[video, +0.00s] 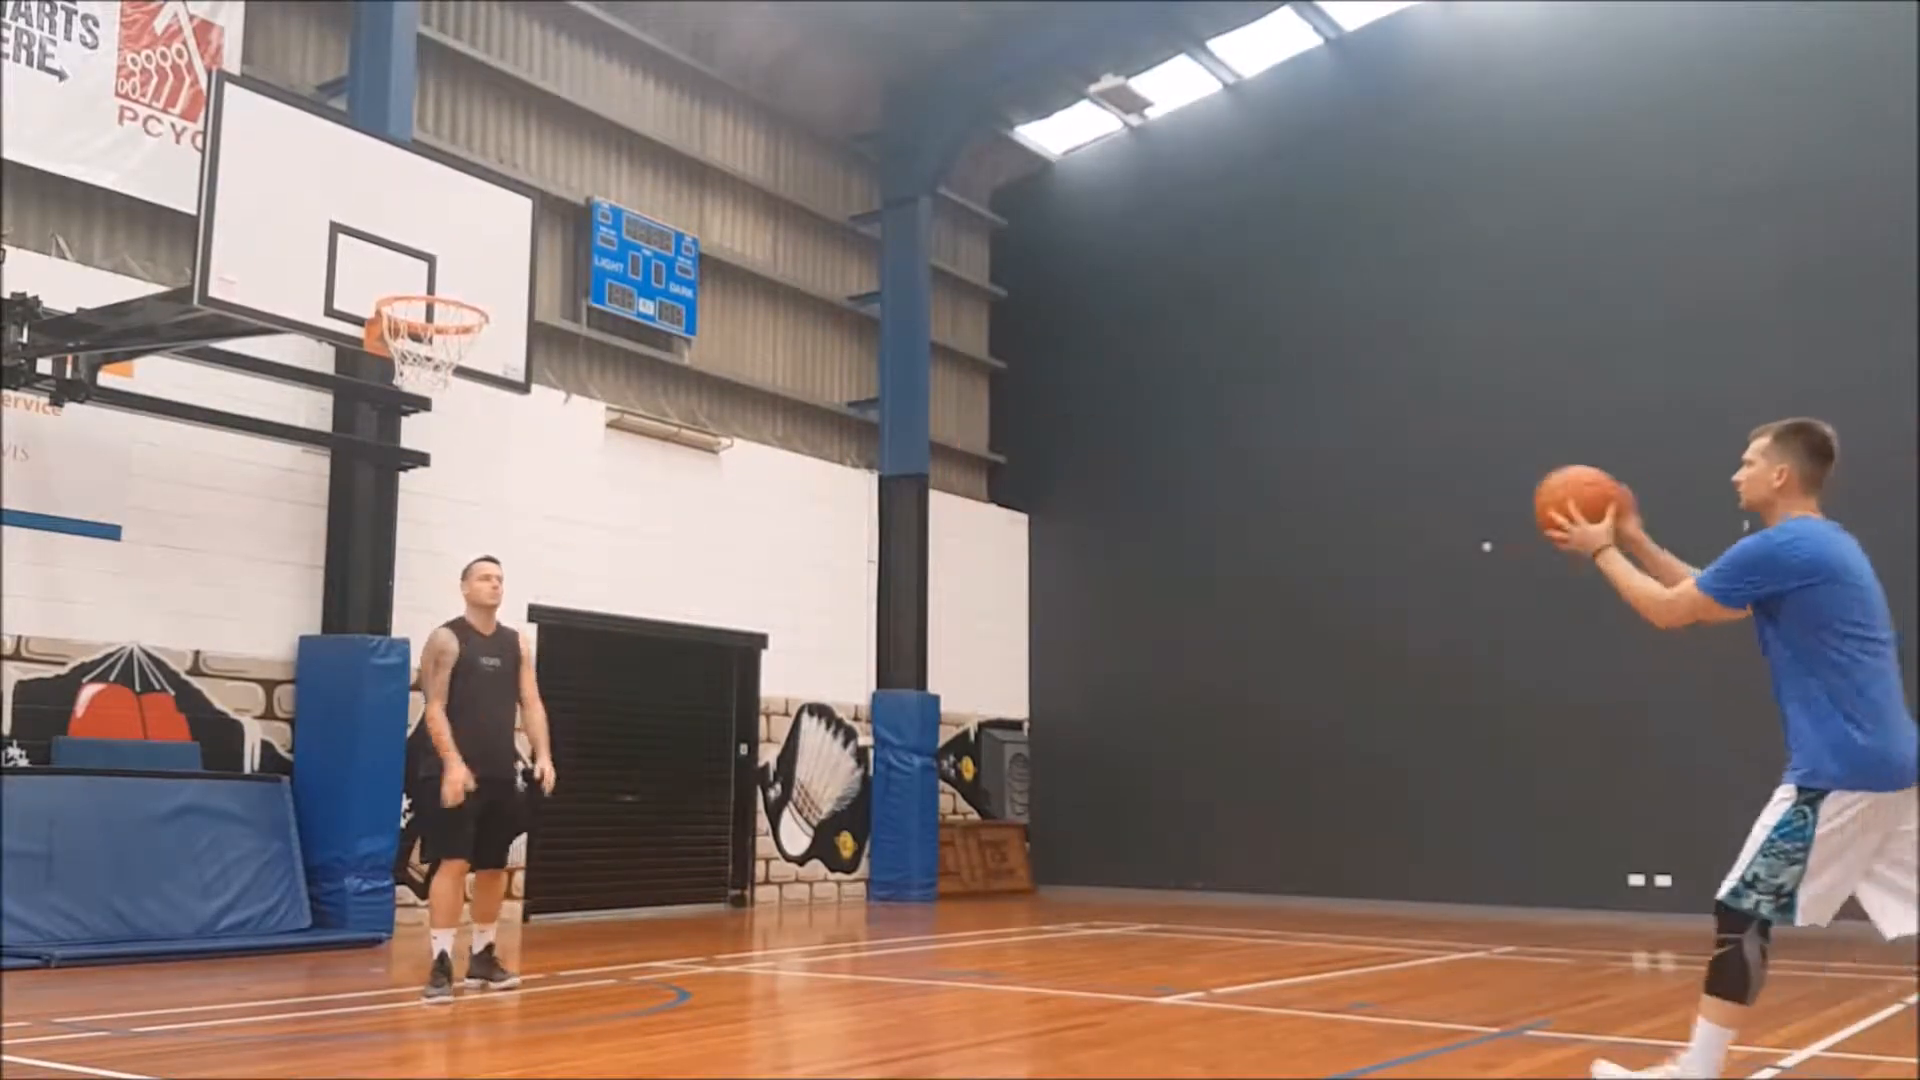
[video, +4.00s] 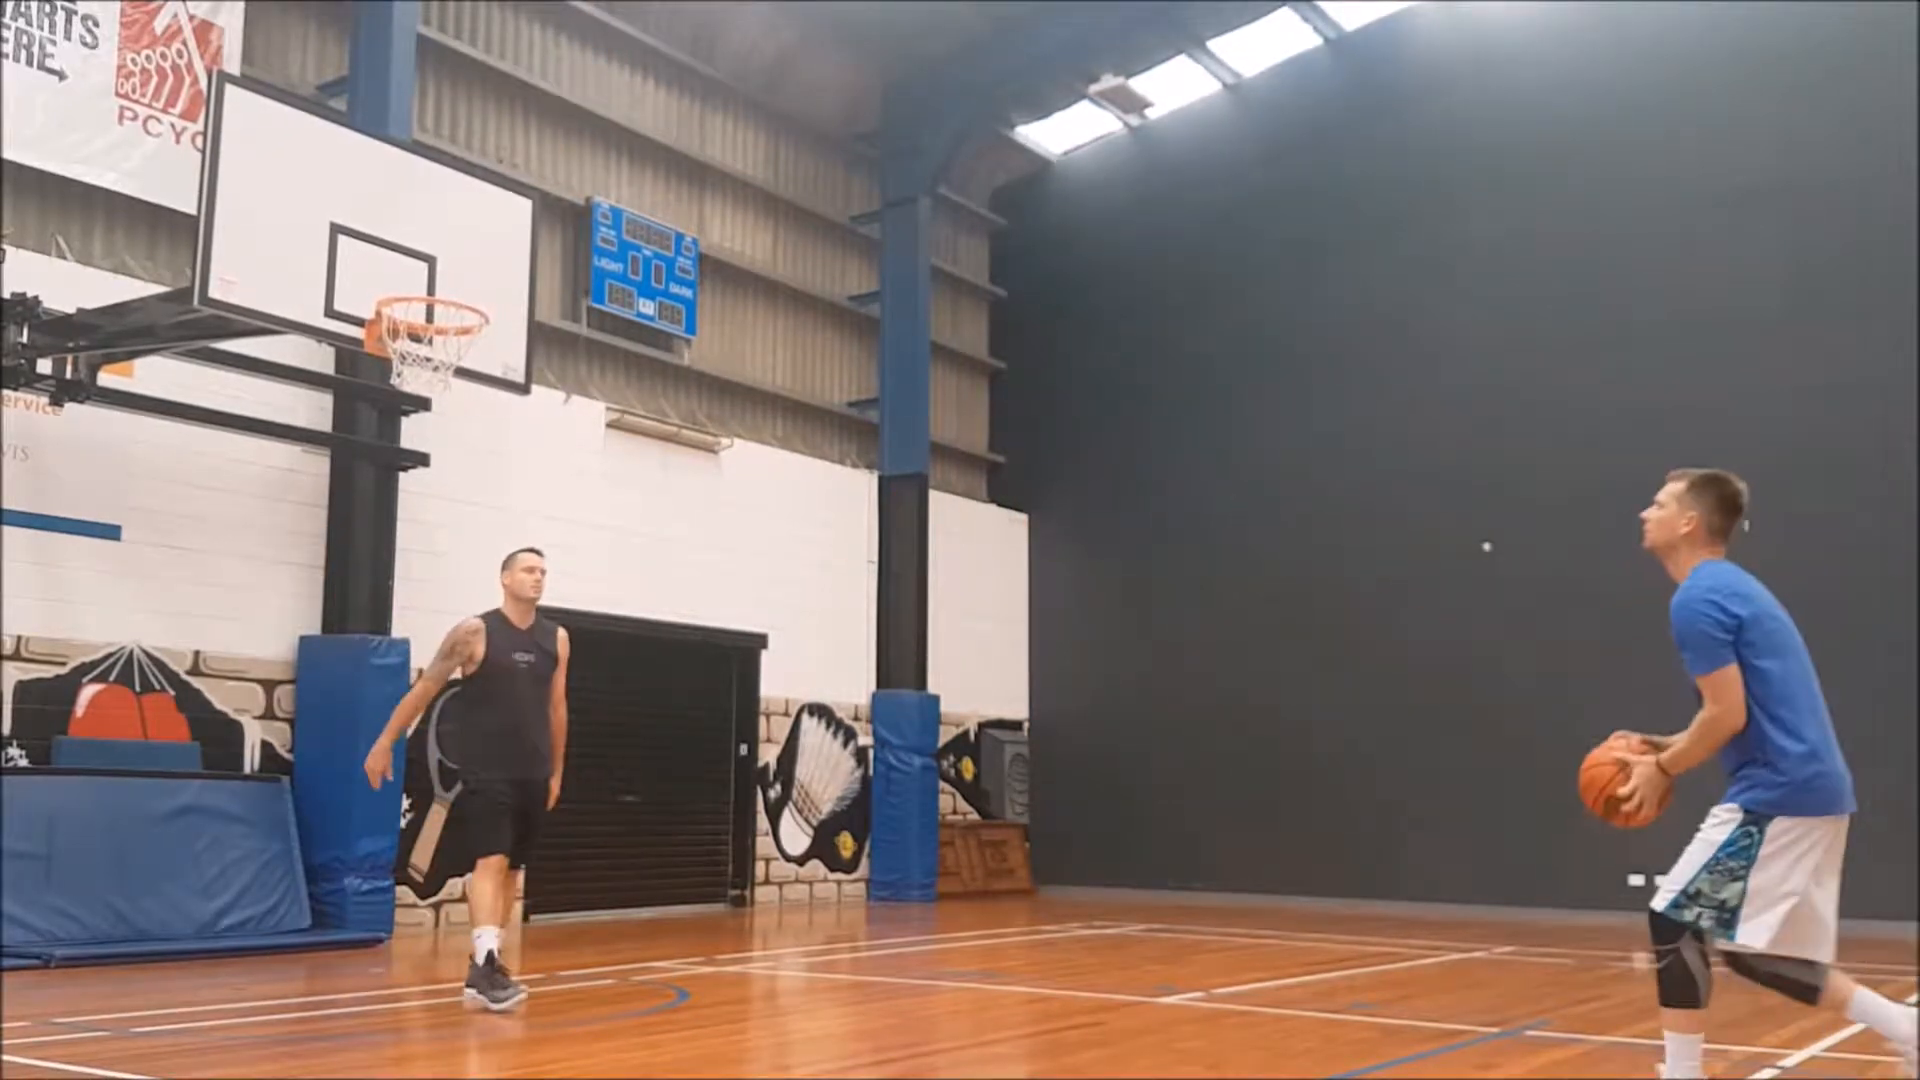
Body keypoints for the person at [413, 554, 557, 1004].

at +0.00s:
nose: (494, 585)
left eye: (499, 579)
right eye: (485, 578)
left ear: (504, 590)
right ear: (464, 588)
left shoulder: (516, 643)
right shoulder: (445, 640)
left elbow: (531, 704)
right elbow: (434, 710)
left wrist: (543, 755)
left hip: (500, 769)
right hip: (451, 768)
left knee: (494, 863)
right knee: (454, 861)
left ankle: (484, 956)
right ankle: (442, 963)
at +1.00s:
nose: (450, 599)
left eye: (456, 594)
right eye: (443, 593)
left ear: (462, 604)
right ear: (426, 601)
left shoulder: (481, 653)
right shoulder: (398, 653)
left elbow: (492, 710)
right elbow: (377, 714)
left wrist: (486, 740)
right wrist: (403, 743)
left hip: (459, 773)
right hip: (409, 773)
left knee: (460, 860)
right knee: (411, 862)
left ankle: (471, 950)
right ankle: (413, 950)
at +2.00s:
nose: (447, 591)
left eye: (455, 589)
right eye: (440, 590)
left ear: (467, 608)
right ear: (429, 609)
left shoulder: (490, 653)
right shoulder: (409, 658)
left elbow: (515, 706)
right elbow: (390, 710)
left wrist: (519, 732)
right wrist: (382, 736)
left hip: (472, 778)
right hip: (418, 777)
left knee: (473, 861)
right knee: (415, 866)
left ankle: (463, 956)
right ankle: (413, 952)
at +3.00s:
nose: (508, 625)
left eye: (516, 616)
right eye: (500, 617)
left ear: (531, 621)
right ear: (489, 623)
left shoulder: (556, 666)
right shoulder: (472, 672)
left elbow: (549, 730)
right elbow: (455, 722)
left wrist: (491, 728)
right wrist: (425, 716)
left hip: (543, 788)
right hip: (493, 784)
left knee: (541, 896)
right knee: (520, 856)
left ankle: (500, 930)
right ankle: (508, 972)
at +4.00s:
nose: (538, 578)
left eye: (542, 573)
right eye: (528, 571)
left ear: (544, 584)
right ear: (505, 579)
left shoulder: (557, 640)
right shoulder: (473, 633)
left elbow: (557, 708)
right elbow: (424, 691)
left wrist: (555, 772)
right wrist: (384, 744)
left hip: (533, 773)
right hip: (484, 769)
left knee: (510, 869)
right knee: (492, 859)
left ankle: (487, 966)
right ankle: (486, 964)